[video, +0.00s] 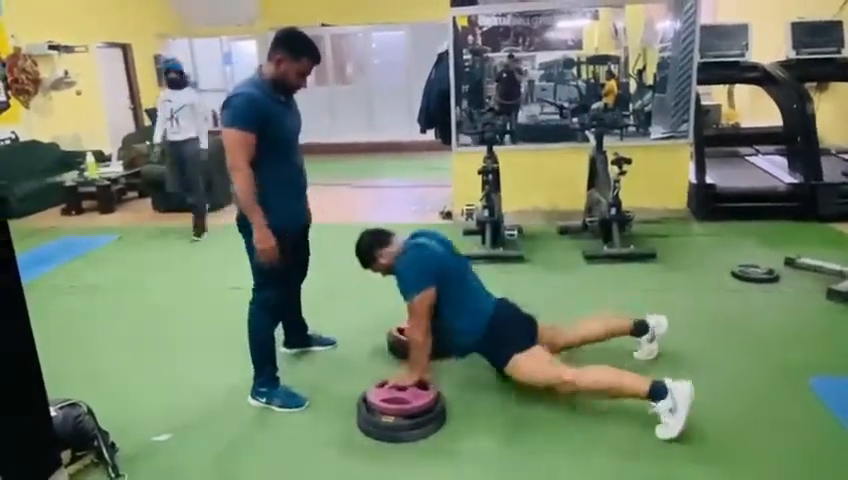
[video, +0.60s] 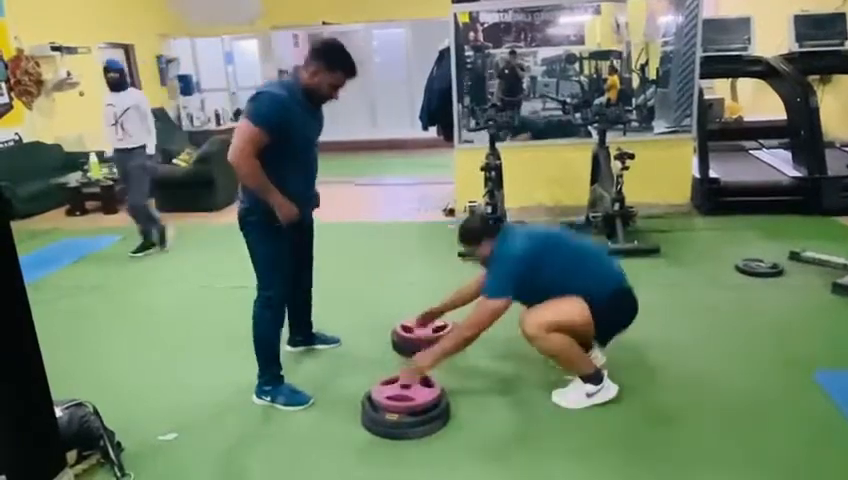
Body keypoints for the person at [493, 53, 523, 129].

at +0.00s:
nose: (510, 63)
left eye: (512, 61)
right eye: (508, 60)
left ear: (514, 61)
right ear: (506, 60)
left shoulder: (518, 70)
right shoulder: (502, 70)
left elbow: (520, 80)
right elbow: (496, 79)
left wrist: (513, 71)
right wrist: (502, 70)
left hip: (514, 100)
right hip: (502, 100)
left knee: (513, 122)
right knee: (502, 121)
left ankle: (514, 138)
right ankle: (501, 137)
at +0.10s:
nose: (510, 62)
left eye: (512, 60)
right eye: (509, 60)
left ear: (515, 60)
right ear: (507, 60)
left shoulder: (518, 69)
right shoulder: (503, 70)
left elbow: (521, 79)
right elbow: (497, 79)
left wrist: (514, 70)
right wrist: (502, 69)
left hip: (515, 100)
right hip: (503, 99)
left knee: (514, 121)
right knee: (503, 120)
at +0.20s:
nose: (511, 61)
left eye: (513, 59)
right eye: (510, 59)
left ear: (515, 59)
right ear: (508, 59)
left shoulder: (519, 69)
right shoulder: (503, 70)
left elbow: (521, 79)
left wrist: (514, 69)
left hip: (516, 99)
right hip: (505, 99)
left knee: (515, 120)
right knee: (505, 119)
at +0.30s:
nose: (512, 60)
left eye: (513, 58)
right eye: (510, 58)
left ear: (516, 59)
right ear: (508, 58)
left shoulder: (519, 68)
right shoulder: (504, 69)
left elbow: (522, 78)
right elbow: (498, 78)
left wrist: (515, 69)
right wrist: (505, 68)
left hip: (516, 99)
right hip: (505, 98)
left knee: (515, 117)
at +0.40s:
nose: (512, 59)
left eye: (514, 57)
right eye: (511, 57)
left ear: (516, 58)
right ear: (509, 57)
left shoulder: (519, 67)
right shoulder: (504, 69)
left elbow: (522, 77)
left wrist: (515, 68)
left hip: (516, 98)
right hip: (505, 98)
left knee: (515, 117)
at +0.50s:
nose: (512, 59)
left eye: (514, 57)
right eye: (511, 57)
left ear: (516, 57)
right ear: (509, 57)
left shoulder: (520, 67)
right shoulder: (504, 68)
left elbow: (522, 76)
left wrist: (515, 67)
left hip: (517, 97)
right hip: (505, 97)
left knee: (515, 117)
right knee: (505, 116)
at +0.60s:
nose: (512, 59)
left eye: (514, 57)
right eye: (511, 57)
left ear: (516, 57)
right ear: (509, 57)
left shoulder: (520, 67)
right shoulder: (505, 67)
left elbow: (522, 76)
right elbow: (499, 76)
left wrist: (516, 67)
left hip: (517, 97)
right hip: (505, 96)